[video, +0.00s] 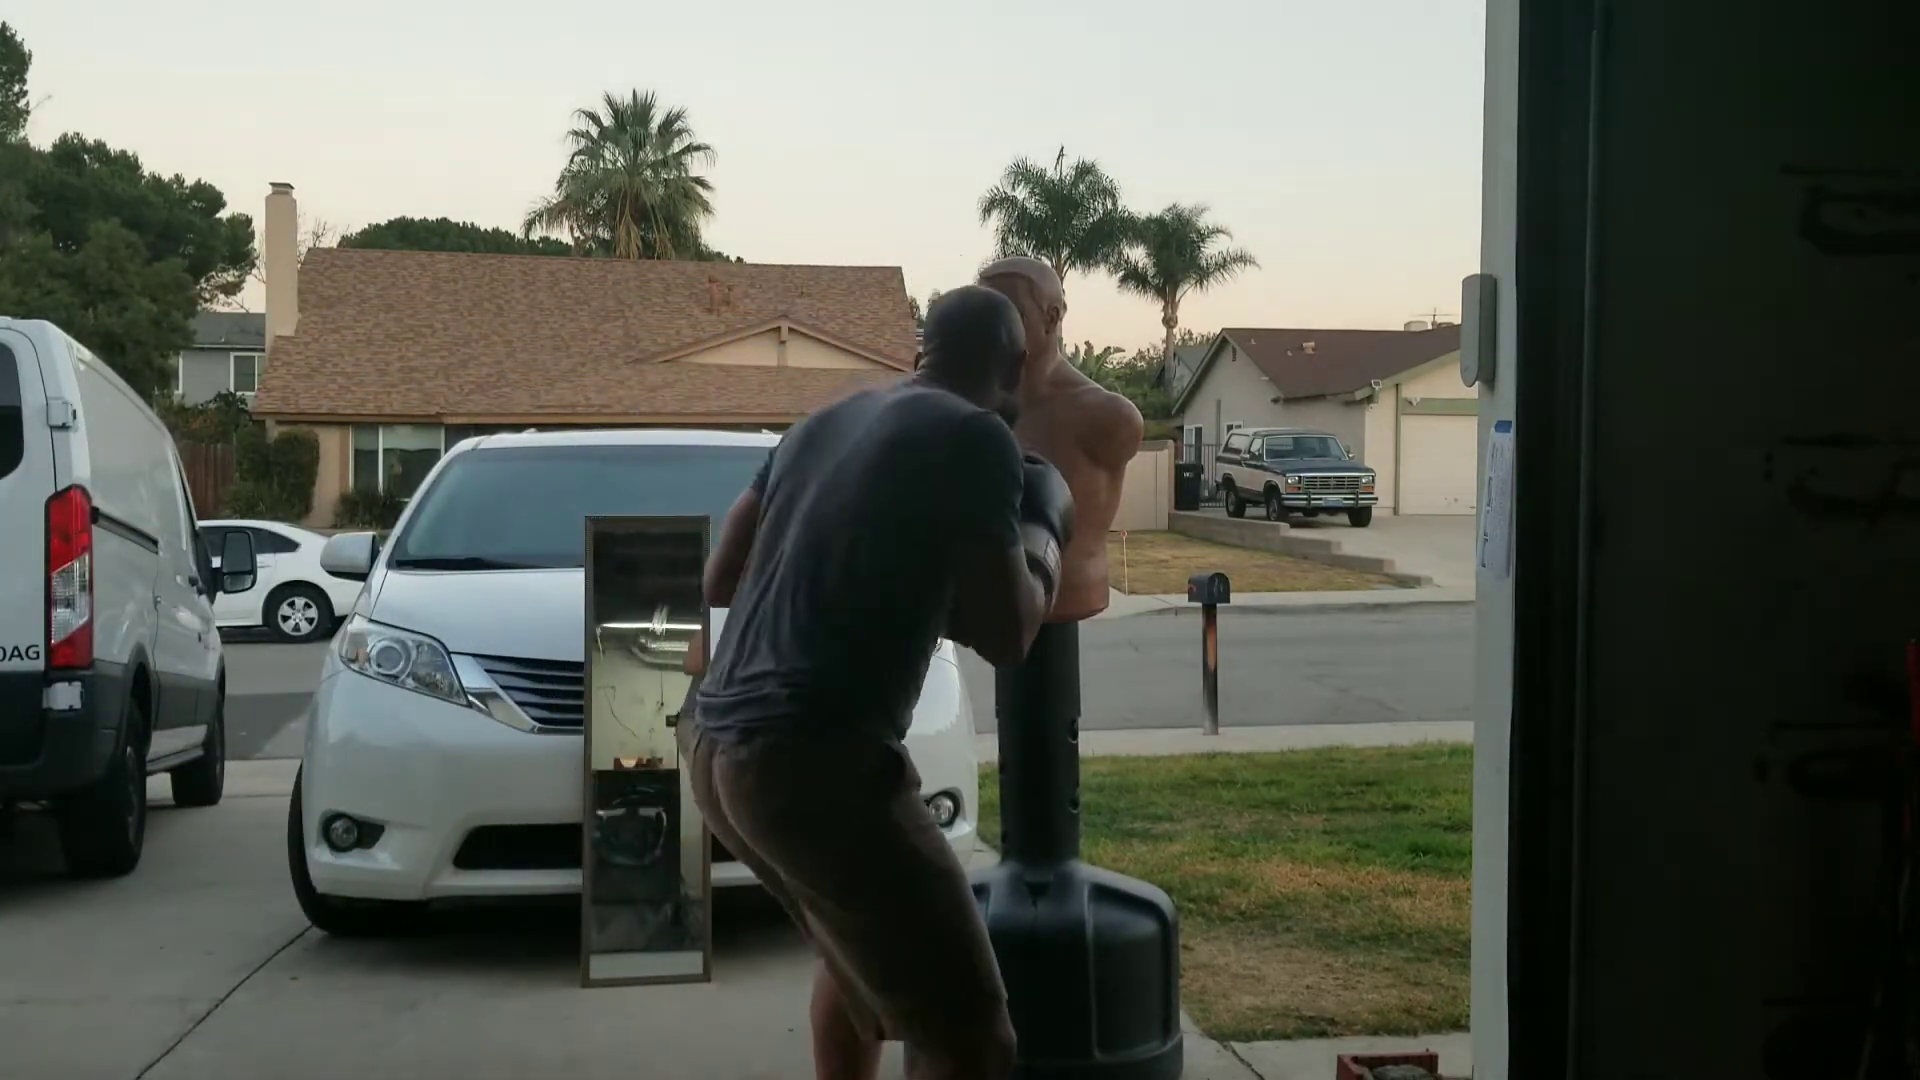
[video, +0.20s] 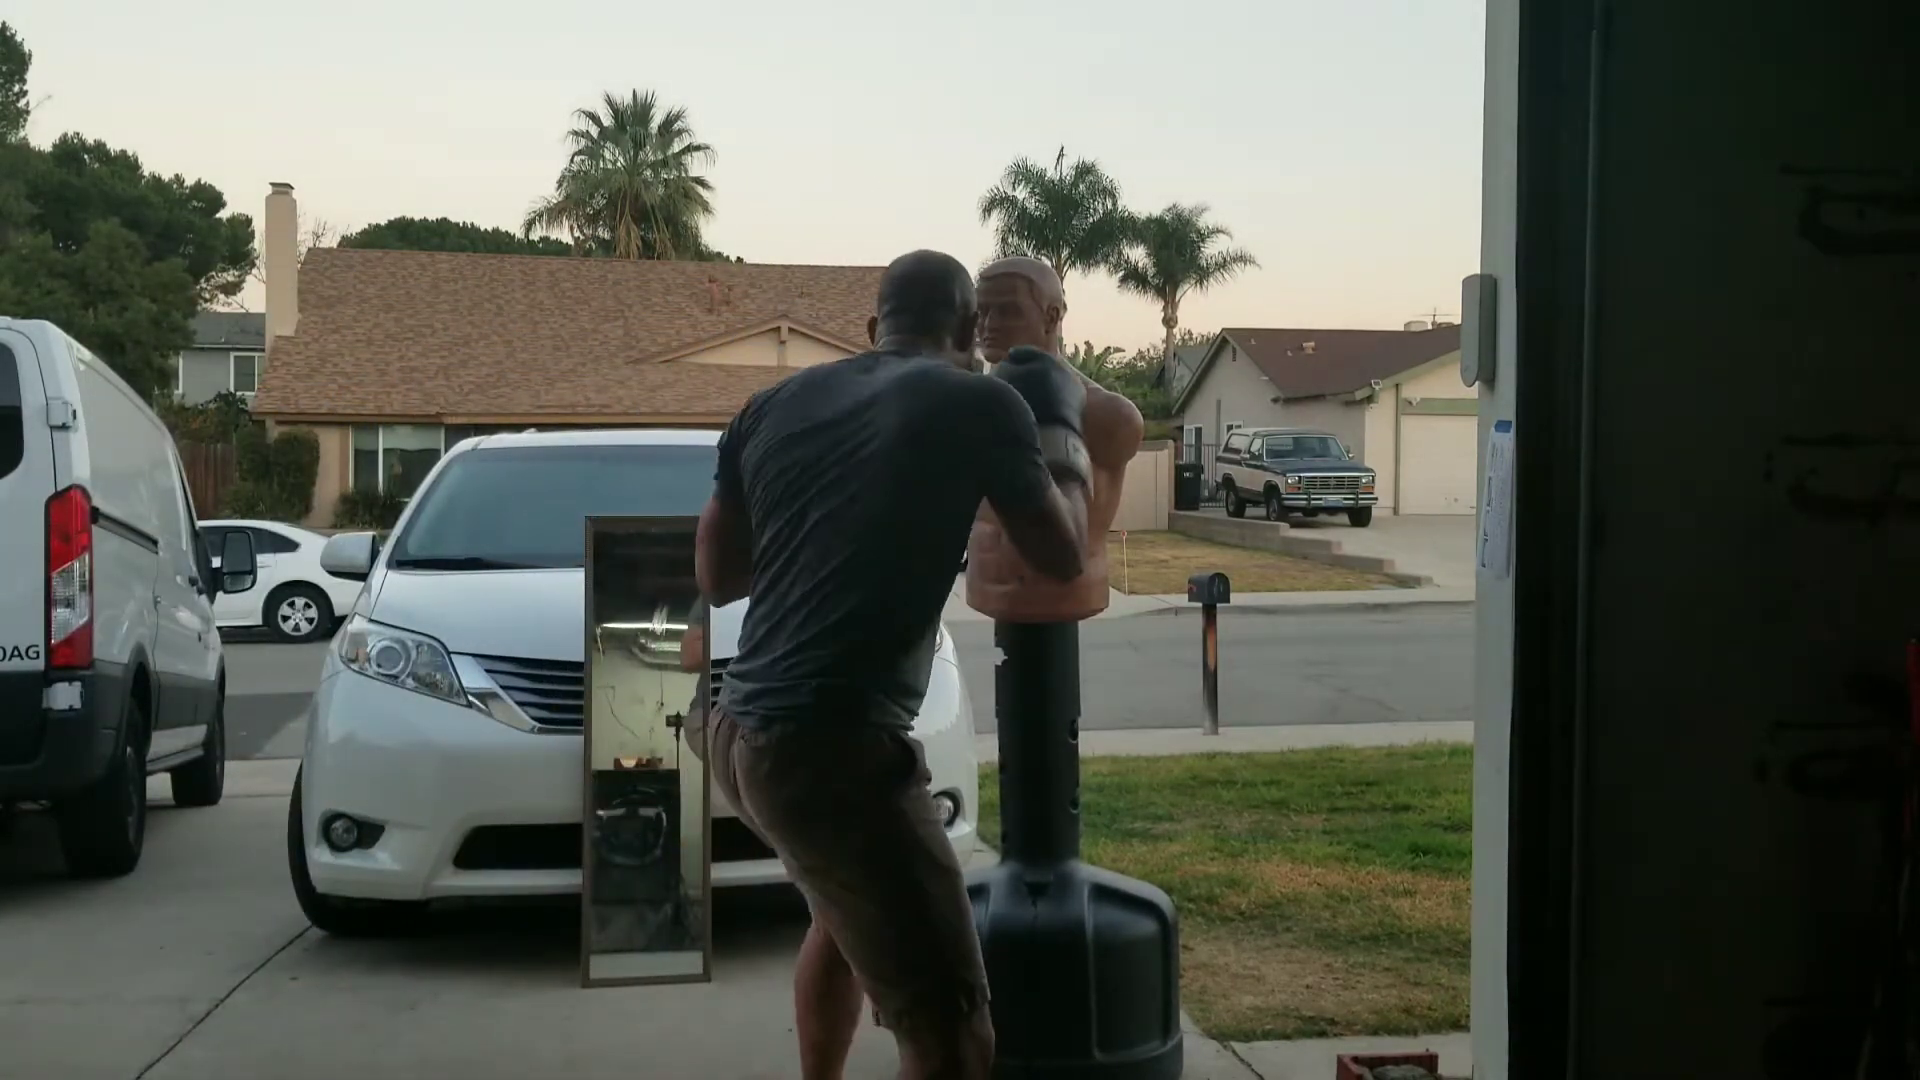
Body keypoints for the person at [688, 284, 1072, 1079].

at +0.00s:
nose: (1022, 396)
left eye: (1023, 374)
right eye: (1024, 374)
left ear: (921, 354)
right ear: (1009, 369)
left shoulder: (821, 422)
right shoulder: (975, 437)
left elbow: (721, 582)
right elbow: (1006, 637)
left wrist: (856, 560)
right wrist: (1039, 524)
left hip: (718, 757)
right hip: (821, 764)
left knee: (854, 965)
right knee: (969, 1034)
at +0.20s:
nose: (983, 337)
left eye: (983, 322)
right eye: (980, 323)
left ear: (875, 328)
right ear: (966, 328)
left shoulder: (772, 404)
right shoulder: (976, 401)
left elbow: (717, 575)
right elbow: (1061, 553)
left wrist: (826, 525)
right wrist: (1063, 435)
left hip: (737, 740)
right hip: (837, 750)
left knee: (844, 908)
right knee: (947, 1030)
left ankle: (821, 1074)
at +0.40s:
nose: (961, 351)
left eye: (960, 339)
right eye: (958, 337)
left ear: (857, 333)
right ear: (942, 336)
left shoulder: (770, 400)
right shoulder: (939, 405)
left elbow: (779, 527)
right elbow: (1045, 518)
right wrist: (1047, 402)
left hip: (715, 721)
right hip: (805, 732)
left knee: (825, 918)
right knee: (962, 985)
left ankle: (801, 1073)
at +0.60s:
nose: (938, 383)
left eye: (936, 369)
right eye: (937, 368)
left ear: (848, 356)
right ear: (920, 365)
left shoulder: (771, 419)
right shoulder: (892, 436)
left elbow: (722, 501)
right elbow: (963, 593)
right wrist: (990, 473)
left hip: (744, 715)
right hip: (772, 732)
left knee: (870, 853)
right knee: (863, 995)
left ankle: (768, 1053)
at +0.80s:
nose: (897, 423)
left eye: (898, 411)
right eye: (896, 411)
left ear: (812, 403)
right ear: (878, 412)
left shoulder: (752, 452)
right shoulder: (838, 478)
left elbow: (883, 426)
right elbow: (914, 603)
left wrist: (945, 395)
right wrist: (952, 532)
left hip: (688, 734)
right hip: (762, 743)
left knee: (776, 896)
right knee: (817, 996)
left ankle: (770, 1055)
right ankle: (741, 1068)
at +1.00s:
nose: (868, 443)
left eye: (869, 433)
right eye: (866, 432)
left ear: (781, 426)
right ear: (848, 427)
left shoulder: (688, 490)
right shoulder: (863, 483)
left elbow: (638, 633)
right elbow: (985, 574)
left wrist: (717, 588)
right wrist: (996, 526)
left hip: (655, 737)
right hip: (735, 743)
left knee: (791, 842)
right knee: (721, 1000)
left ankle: (744, 1053)